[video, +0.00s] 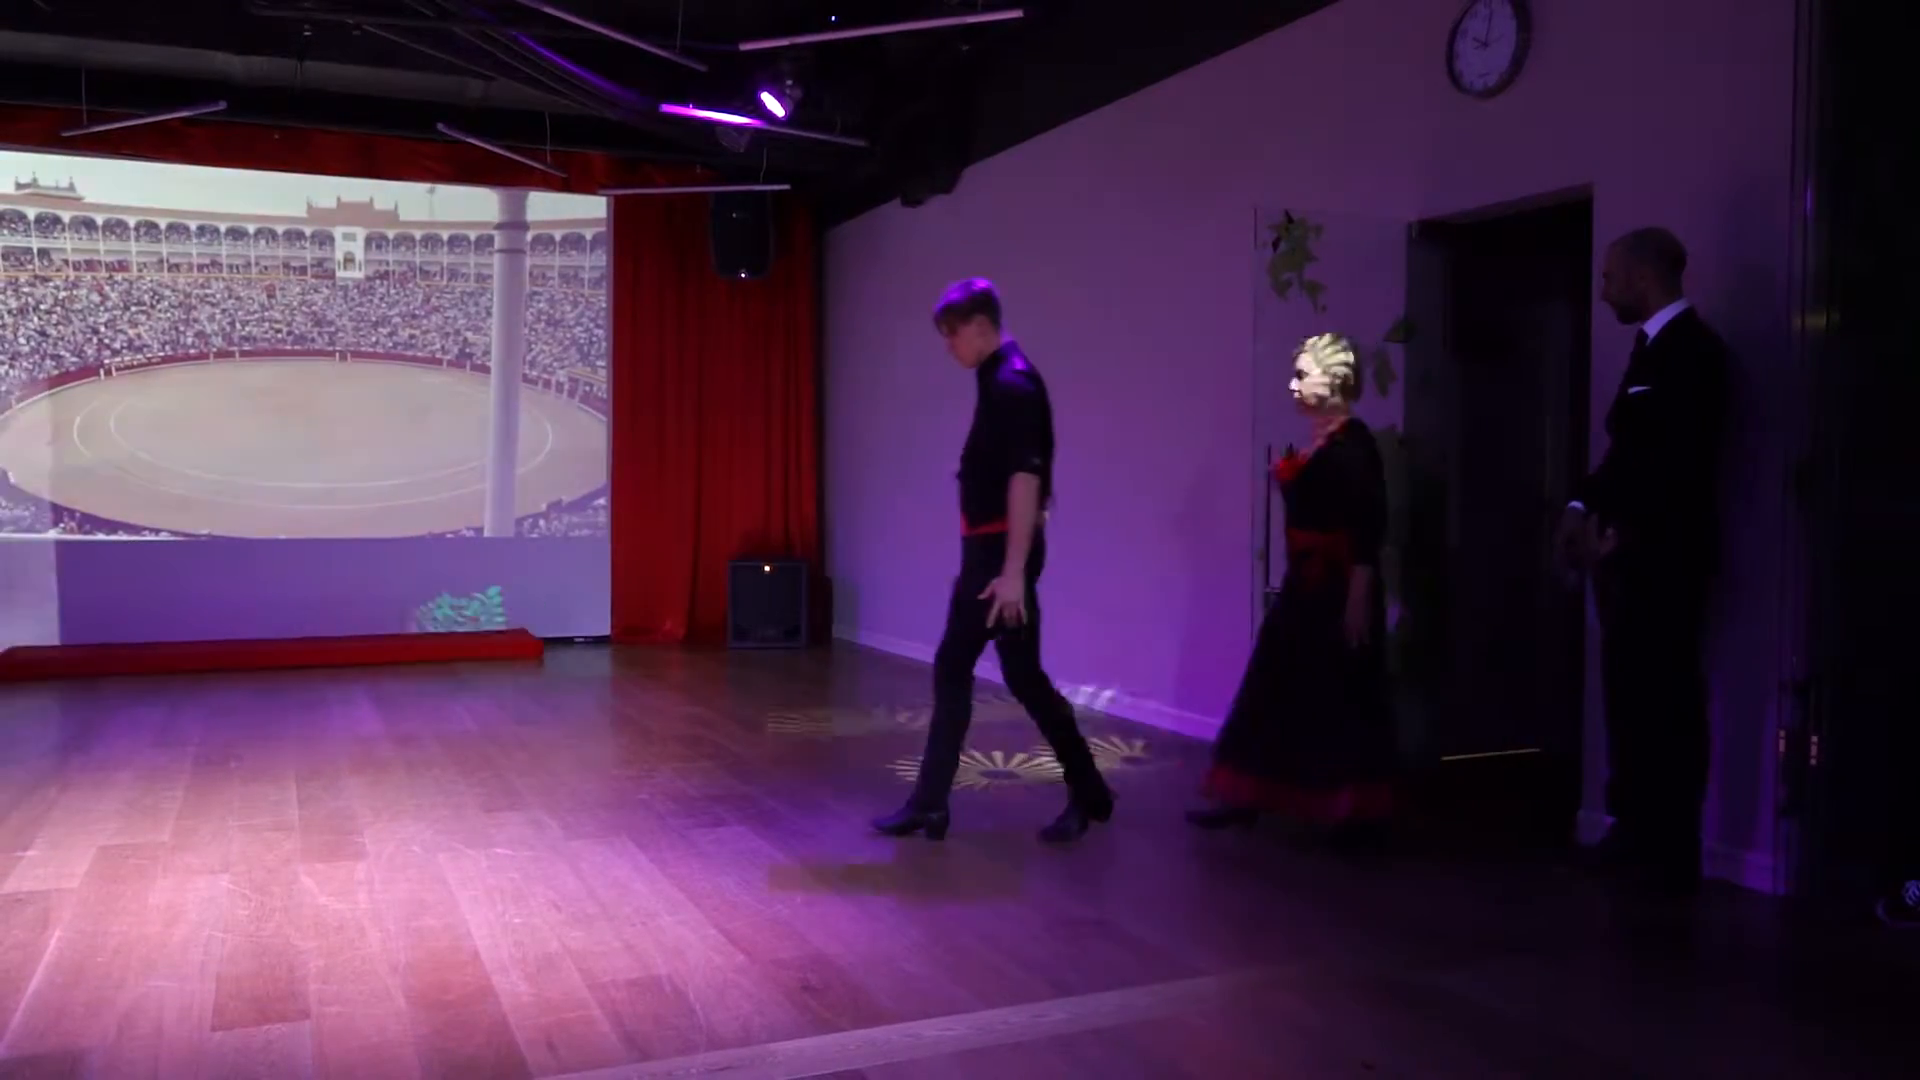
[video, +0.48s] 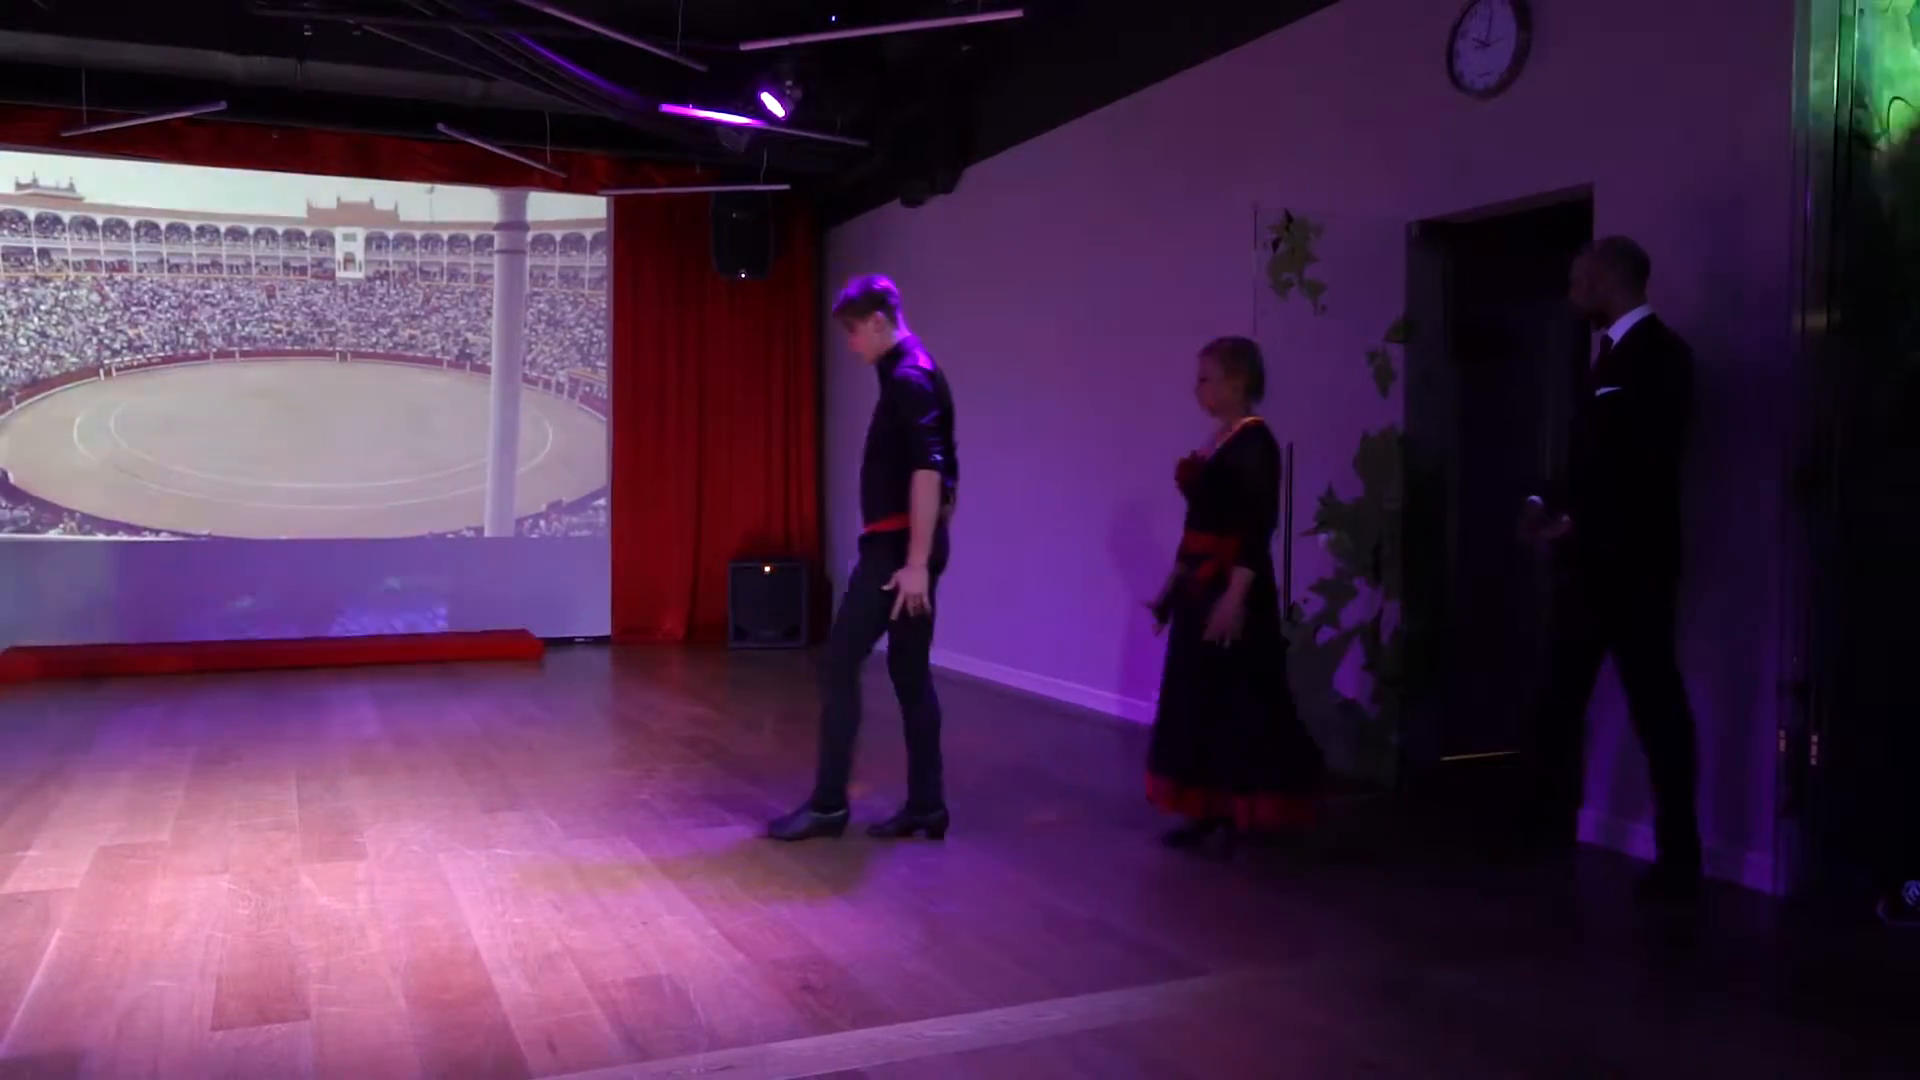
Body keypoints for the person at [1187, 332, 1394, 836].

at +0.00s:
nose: (1293, 385)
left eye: (1303, 376)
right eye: (1295, 375)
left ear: (1334, 384)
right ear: (1327, 386)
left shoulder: (1355, 448)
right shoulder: (1321, 448)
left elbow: (1365, 531)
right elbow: (1314, 520)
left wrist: (1358, 602)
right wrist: (1291, 482)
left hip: (1339, 589)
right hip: (1304, 585)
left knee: (1341, 696)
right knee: (1269, 685)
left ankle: (1354, 807)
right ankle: (1238, 793)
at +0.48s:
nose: (1199, 391)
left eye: (1208, 380)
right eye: (1199, 380)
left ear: (1240, 383)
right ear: (1227, 386)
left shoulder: (1256, 444)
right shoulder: (1221, 442)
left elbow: (1256, 529)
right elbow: (1203, 526)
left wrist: (1236, 596)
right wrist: (1174, 590)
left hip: (1236, 592)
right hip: (1203, 586)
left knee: (1234, 702)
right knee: (1199, 699)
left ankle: (1235, 810)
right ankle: (1204, 805)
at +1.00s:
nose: (1119, 372)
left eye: (1129, 365)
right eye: (1121, 364)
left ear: (1154, 374)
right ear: (1146, 376)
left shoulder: (1163, 436)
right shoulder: (1147, 433)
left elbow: (1173, 516)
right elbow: (1143, 502)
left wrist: (1159, 591)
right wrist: (1111, 467)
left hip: (1143, 584)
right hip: (1140, 578)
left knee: (1107, 693)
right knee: (1178, 693)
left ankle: (1098, 813)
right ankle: (1205, 791)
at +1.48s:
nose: (1055, 379)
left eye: (1064, 370)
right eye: (1057, 370)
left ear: (1092, 375)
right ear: (1091, 376)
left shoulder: (1101, 435)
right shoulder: (1084, 434)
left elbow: (1129, 506)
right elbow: (1084, 497)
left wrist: (1136, 581)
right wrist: (1050, 470)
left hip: (1093, 589)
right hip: (1087, 584)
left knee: (1088, 701)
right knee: (1133, 693)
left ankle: (1096, 815)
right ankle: (1185, 786)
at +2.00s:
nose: (940, 400)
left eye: (947, 391)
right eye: (943, 390)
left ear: (971, 399)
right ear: (982, 399)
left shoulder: (983, 459)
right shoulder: (990, 453)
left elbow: (968, 539)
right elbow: (977, 535)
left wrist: (927, 604)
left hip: (992, 600)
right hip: (990, 597)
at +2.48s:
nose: (869, 385)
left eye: (878, 375)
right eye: (871, 375)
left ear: (905, 383)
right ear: (908, 384)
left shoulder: (918, 440)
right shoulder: (907, 437)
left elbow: (930, 519)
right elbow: (908, 515)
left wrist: (887, 588)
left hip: (908, 587)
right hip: (902, 583)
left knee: (866, 699)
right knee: (910, 697)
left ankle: (804, 815)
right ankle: (915, 817)